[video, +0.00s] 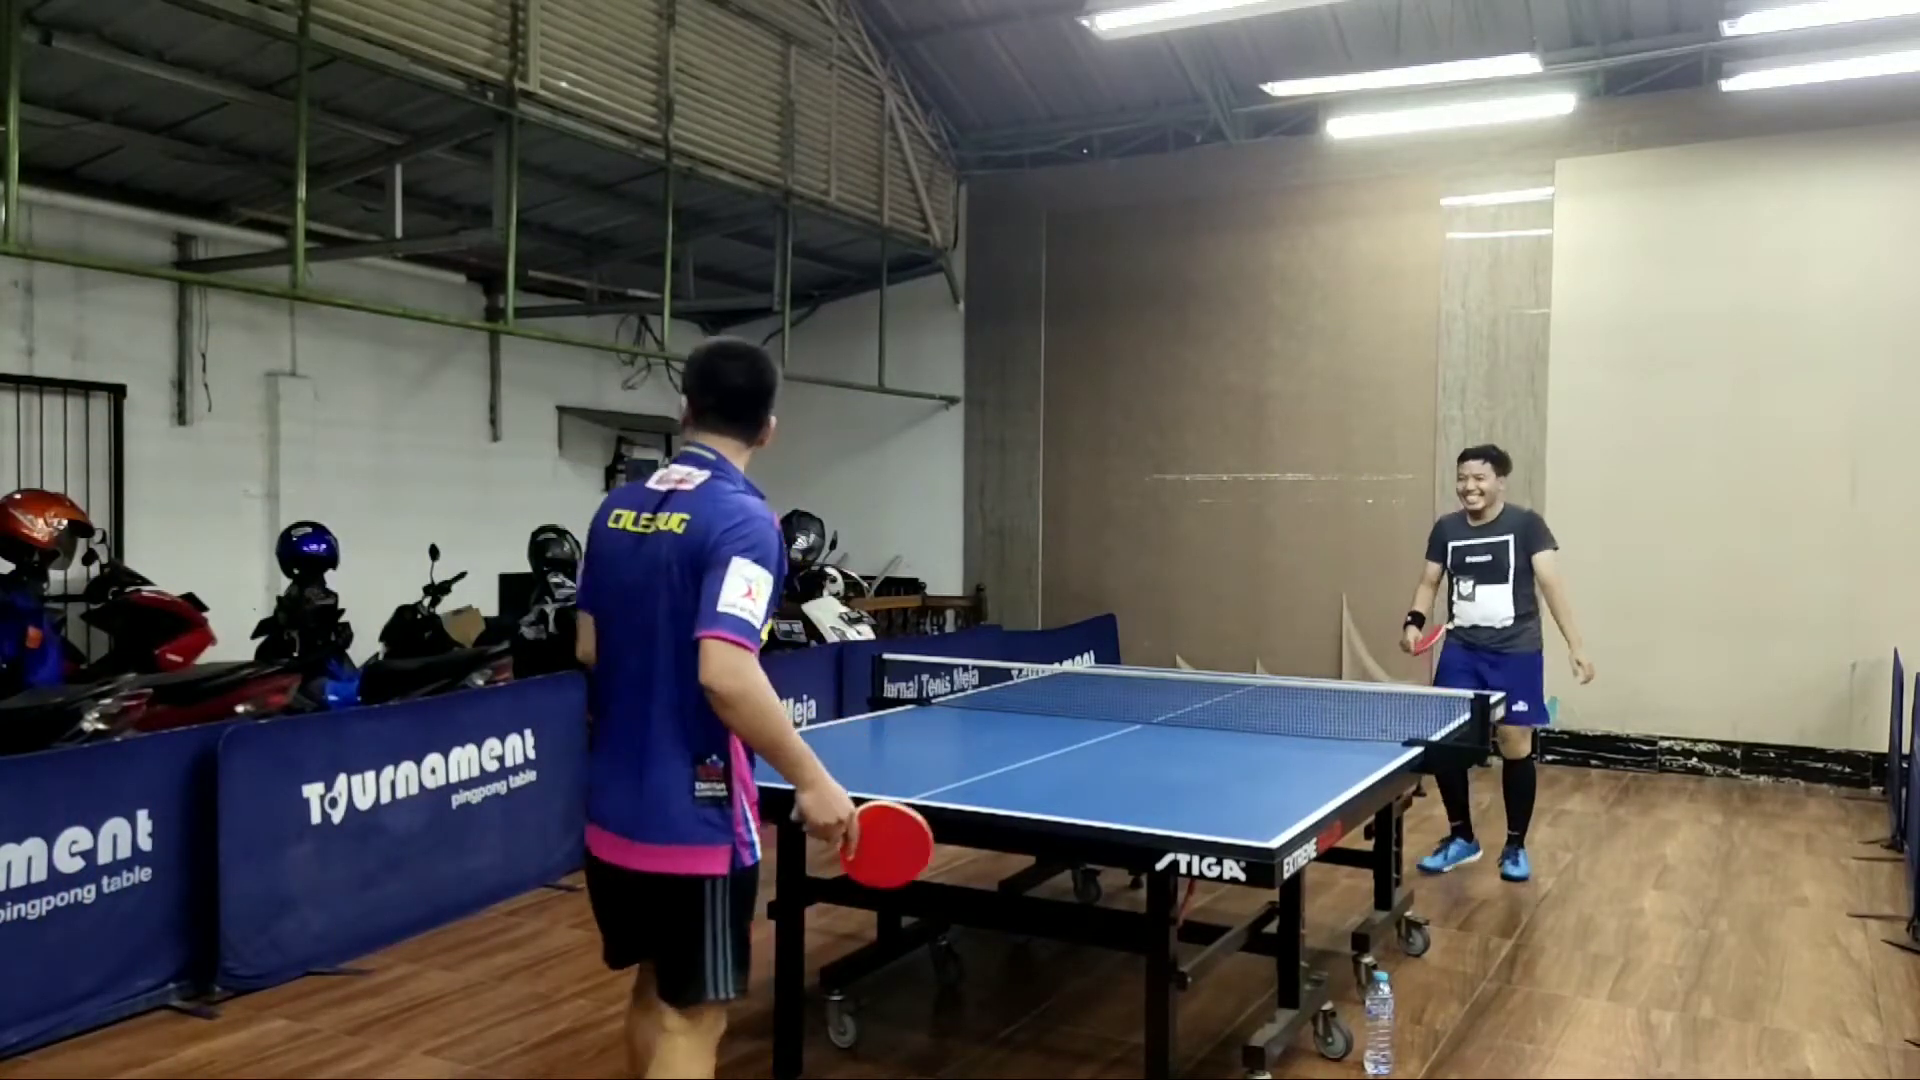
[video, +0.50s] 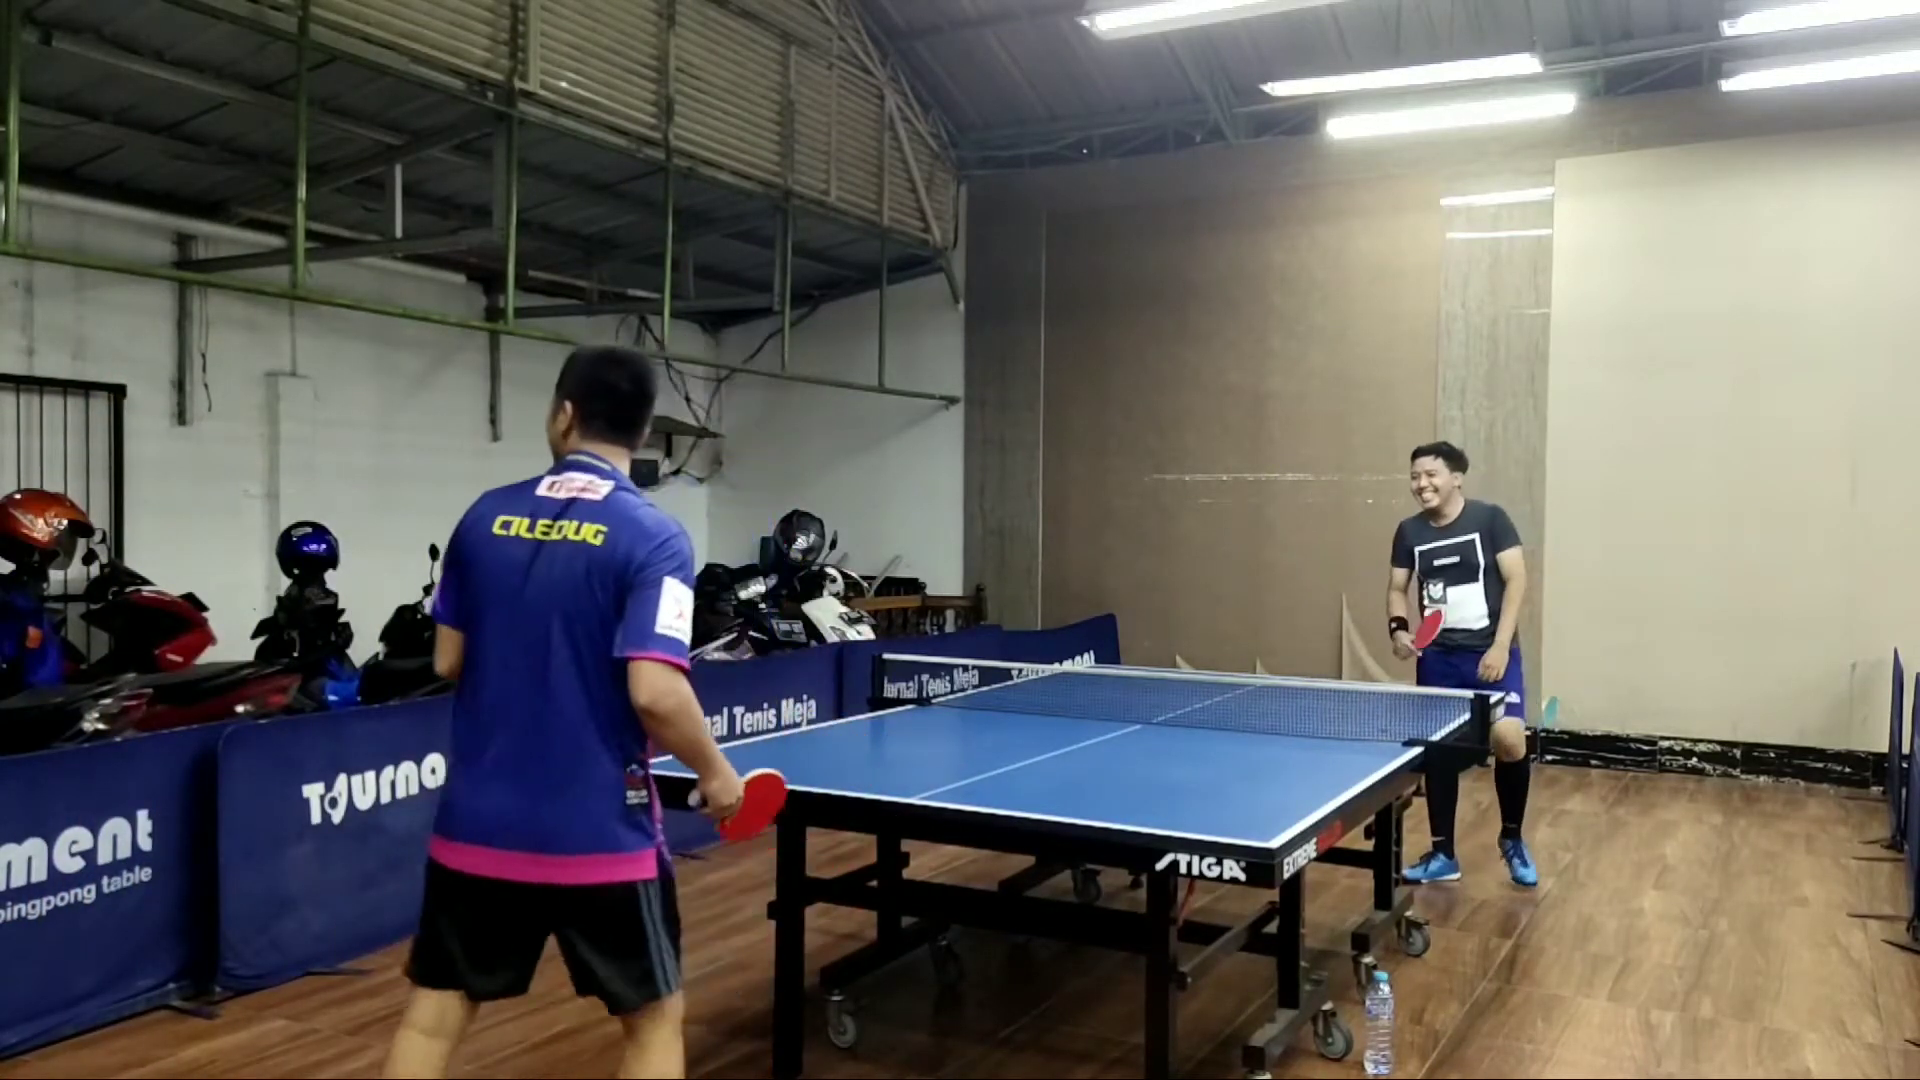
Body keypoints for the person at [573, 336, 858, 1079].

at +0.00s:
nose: (769, 422)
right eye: (771, 412)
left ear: (684, 410)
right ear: (766, 424)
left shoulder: (619, 505)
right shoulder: (744, 517)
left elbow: (591, 646)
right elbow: (726, 671)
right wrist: (813, 779)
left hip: (616, 807)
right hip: (694, 822)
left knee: (653, 986)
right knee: (692, 1019)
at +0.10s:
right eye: (749, 416)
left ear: (663, 413)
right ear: (748, 427)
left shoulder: (596, 506)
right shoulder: (741, 523)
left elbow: (552, 645)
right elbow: (729, 671)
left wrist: (628, 692)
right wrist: (798, 789)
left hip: (598, 809)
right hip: (692, 821)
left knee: (611, 987)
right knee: (684, 1021)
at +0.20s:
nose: (632, 410)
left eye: (634, 401)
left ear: (642, 409)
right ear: (726, 424)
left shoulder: (570, 508)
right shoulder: (730, 522)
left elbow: (525, 650)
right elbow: (725, 673)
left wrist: (606, 685)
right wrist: (785, 791)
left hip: (578, 813)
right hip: (679, 825)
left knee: (568, 966)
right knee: (678, 1015)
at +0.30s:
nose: (608, 410)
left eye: (610, 400)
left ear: (619, 407)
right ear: (702, 422)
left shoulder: (545, 509)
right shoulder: (713, 525)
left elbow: (505, 655)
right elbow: (713, 679)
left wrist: (581, 683)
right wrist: (769, 783)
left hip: (552, 816)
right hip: (659, 829)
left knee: (517, 976)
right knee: (671, 1013)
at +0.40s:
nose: (580, 415)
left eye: (581, 404)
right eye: (585, 405)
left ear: (592, 409)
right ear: (674, 426)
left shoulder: (516, 509)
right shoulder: (684, 528)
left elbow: (478, 655)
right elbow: (690, 685)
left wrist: (558, 679)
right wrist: (749, 778)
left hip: (515, 826)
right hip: (630, 838)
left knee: (466, 1000)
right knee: (669, 1016)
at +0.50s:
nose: (551, 418)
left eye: (553, 407)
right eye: (556, 408)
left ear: (564, 415)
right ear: (643, 434)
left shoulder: (486, 513)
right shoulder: (655, 536)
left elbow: (448, 661)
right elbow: (654, 691)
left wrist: (533, 656)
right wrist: (713, 769)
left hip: (475, 832)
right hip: (599, 843)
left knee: (430, 1020)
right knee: (653, 1022)